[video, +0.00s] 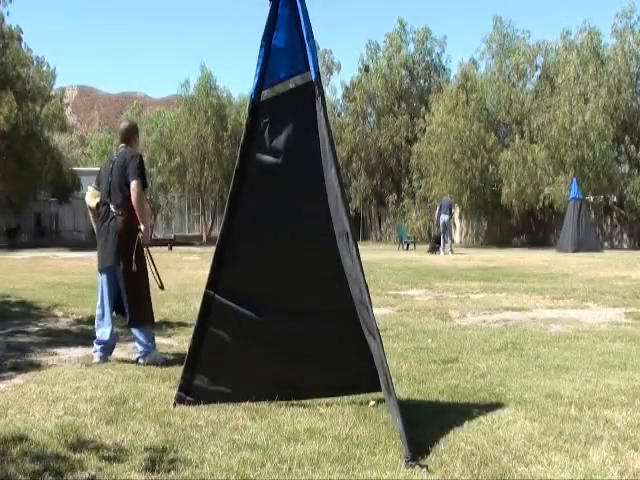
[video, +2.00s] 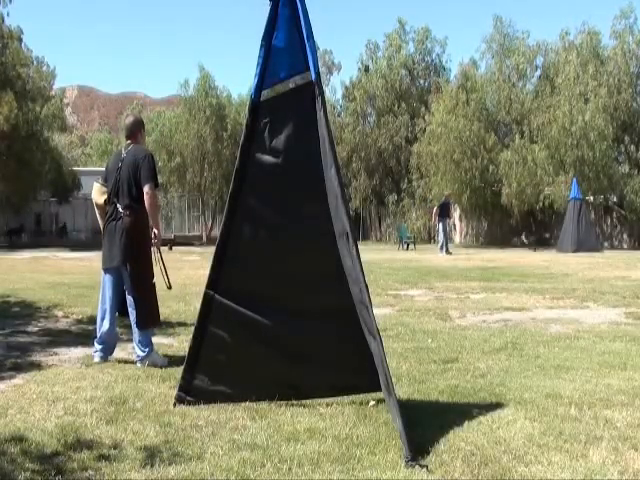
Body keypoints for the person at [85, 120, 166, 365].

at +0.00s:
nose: (140, 141)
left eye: (138, 137)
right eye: (139, 138)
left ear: (119, 139)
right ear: (136, 138)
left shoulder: (107, 163)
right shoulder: (133, 158)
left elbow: (92, 200)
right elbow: (136, 195)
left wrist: (100, 228)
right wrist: (145, 225)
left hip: (105, 234)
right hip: (125, 232)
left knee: (106, 295)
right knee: (135, 291)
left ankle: (101, 348)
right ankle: (146, 349)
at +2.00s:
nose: (146, 135)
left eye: (143, 132)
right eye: (145, 132)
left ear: (126, 135)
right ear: (141, 133)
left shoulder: (114, 159)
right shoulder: (144, 156)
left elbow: (98, 196)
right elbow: (149, 193)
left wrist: (105, 226)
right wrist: (156, 226)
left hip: (112, 229)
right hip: (134, 230)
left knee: (109, 294)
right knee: (138, 292)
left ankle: (101, 349)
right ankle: (144, 351)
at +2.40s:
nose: (146, 135)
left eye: (143, 131)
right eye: (145, 132)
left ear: (126, 134)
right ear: (141, 133)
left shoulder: (113, 159)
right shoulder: (143, 156)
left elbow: (99, 195)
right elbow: (148, 193)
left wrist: (105, 223)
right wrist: (154, 226)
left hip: (111, 229)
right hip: (133, 230)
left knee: (108, 293)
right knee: (137, 292)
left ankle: (101, 349)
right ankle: (144, 351)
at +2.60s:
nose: (146, 136)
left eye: (144, 132)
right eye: (145, 132)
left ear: (126, 134)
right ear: (140, 133)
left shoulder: (115, 158)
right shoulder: (142, 157)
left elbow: (99, 194)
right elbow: (145, 195)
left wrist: (107, 221)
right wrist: (153, 229)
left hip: (110, 227)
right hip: (131, 227)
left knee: (110, 291)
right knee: (137, 290)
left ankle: (101, 348)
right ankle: (144, 351)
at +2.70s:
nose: (144, 138)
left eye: (142, 133)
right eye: (143, 134)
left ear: (124, 136)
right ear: (138, 135)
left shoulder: (114, 158)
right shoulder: (139, 157)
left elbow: (98, 196)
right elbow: (145, 195)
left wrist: (117, 211)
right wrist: (152, 227)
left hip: (109, 224)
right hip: (129, 226)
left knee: (111, 285)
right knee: (136, 288)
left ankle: (98, 343)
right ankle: (144, 351)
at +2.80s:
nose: (140, 140)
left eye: (138, 136)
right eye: (139, 136)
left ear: (120, 138)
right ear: (135, 137)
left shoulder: (110, 160)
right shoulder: (134, 156)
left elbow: (101, 194)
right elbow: (148, 181)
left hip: (106, 223)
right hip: (124, 225)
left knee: (107, 288)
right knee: (132, 288)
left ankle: (96, 346)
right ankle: (144, 351)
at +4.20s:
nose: (107, 137)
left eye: (106, 133)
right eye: (106, 133)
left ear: (84, 131)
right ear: (98, 132)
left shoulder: (66, 150)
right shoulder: (96, 161)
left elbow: (47, 176)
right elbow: (96, 210)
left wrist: (57, 205)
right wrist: (99, 247)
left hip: (49, 231)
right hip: (74, 235)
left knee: (56, 297)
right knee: (96, 296)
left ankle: (46, 362)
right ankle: (92, 362)